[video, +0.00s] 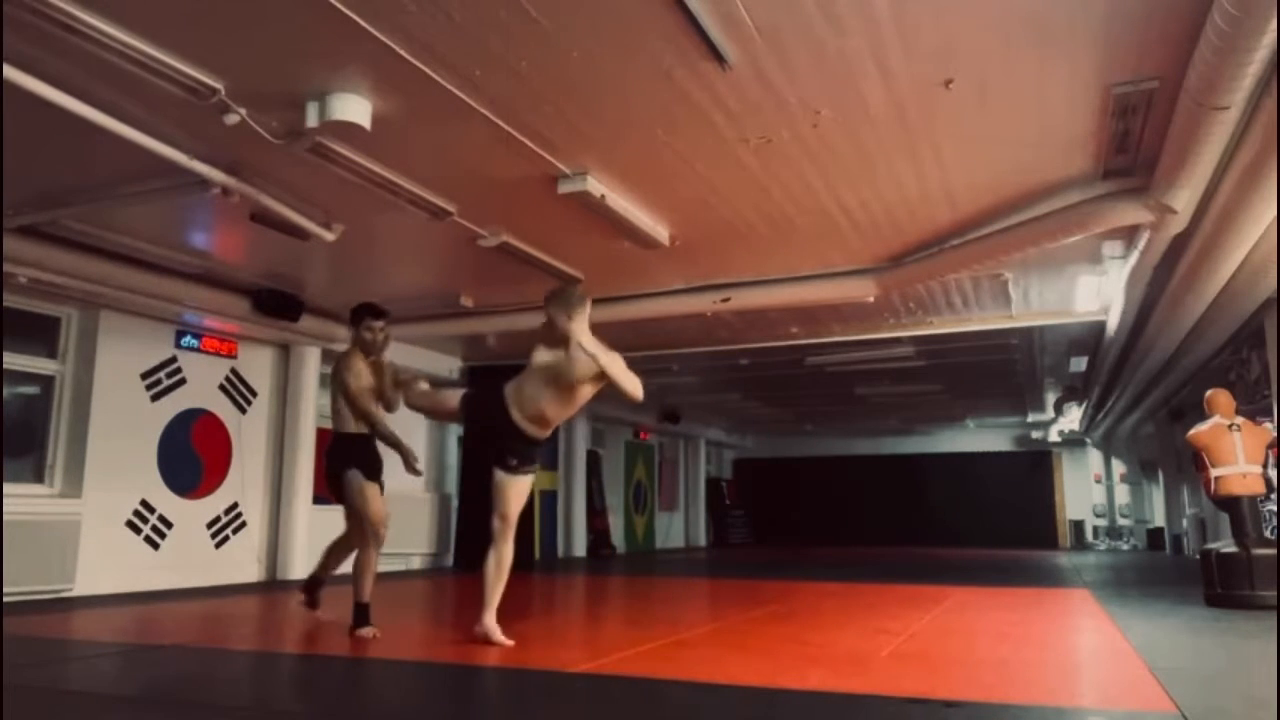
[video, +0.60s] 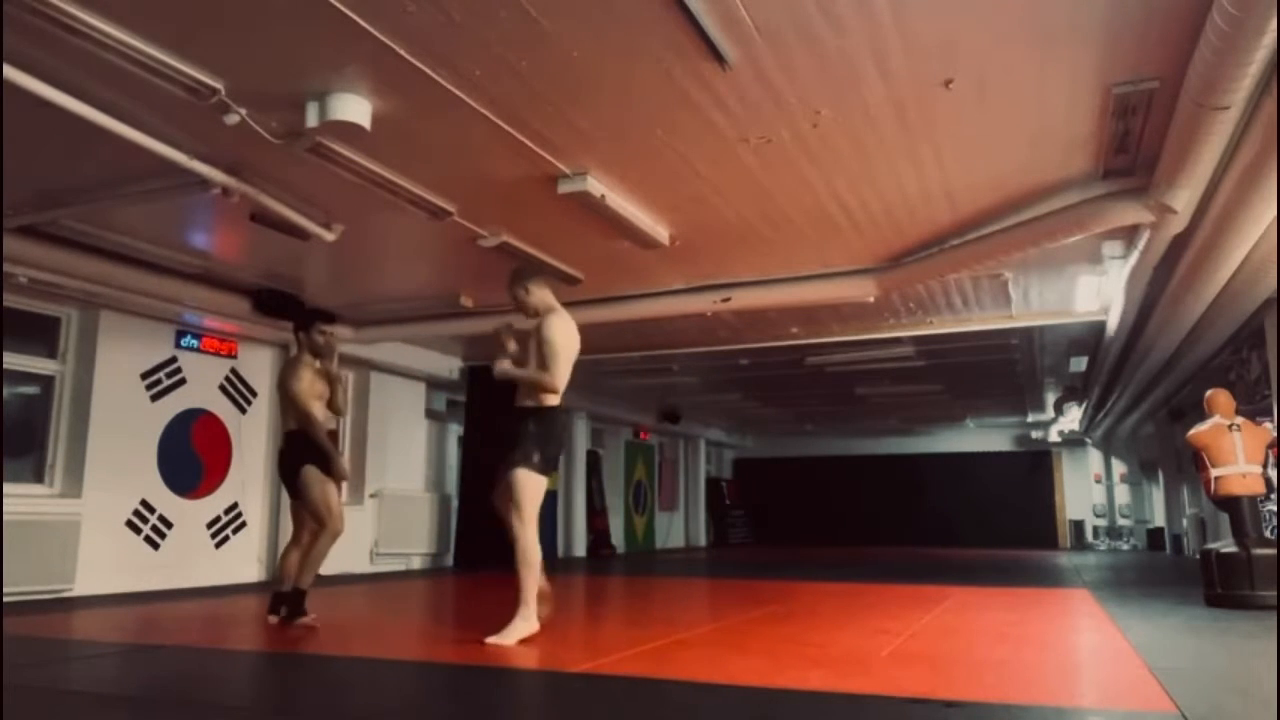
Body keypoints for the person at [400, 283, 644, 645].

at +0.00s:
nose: (546, 325)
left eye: (551, 319)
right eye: (547, 319)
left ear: (574, 316)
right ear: (554, 317)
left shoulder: (602, 360)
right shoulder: (545, 344)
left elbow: (636, 393)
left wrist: (591, 347)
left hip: (521, 444)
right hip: (492, 404)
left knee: (504, 527)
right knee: (420, 399)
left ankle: (488, 617)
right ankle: (407, 381)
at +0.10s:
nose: (547, 343)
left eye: (553, 337)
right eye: (548, 336)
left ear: (570, 334)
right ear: (553, 333)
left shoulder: (599, 377)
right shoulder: (547, 357)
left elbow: (616, 418)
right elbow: (527, 372)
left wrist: (583, 363)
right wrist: (496, 374)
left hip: (513, 447)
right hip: (487, 408)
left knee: (501, 530)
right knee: (413, 402)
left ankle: (486, 621)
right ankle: (389, 386)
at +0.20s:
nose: (548, 339)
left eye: (550, 333)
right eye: (546, 334)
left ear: (572, 328)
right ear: (547, 332)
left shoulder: (594, 374)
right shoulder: (540, 351)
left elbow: (572, 421)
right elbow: (513, 357)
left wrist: (562, 353)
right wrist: (481, 359)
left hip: (516, 449)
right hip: (488, 411)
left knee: (503, 529)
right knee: (419, 403)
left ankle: (487, 620)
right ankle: (376, 398)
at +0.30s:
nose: (532, 320)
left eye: (536, 313)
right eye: (531, 314)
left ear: (553, 310)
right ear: (546, 312)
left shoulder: (585, 356)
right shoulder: (534, 332)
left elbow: (550, 407)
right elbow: (482, 329)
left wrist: (534, 349)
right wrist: (470, 323)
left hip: (524, 446)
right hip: (495, 413)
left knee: (508, 528)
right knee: (438, 417)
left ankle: (491, 619)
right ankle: (407, 425)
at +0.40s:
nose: (524, 304)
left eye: (527, 296)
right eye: (523, 298)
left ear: (543, 290)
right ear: (535, 294)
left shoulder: (572, 336)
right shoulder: (540, 324)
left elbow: (551, 395)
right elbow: (509, 328)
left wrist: (518, 346)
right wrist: (479, 317)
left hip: (535, 433)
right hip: (506, 415)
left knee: (519, 526)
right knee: (451, 432)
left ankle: (507, 618)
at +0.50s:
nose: (521, 301)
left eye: (521, 292)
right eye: (518, 294)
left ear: (537, 284)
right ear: (537, 284)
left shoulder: (562, 323)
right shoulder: (548, 320)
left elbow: (555, 385)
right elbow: (524, 350)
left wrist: (511, 355)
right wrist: (499, 330)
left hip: (540, 423)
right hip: (518, 418)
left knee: (525, 516)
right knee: (475, 461)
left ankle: (522, 611)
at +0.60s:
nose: (520, 307)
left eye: (520, 299)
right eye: (518, 301)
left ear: (533, 290)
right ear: (536, 290)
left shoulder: (555, 323)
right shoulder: (548, 324)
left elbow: (555, 381)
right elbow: (536, 371)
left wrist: (512, 370)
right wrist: (515, 349)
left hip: (540, 424)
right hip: (531, 422)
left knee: (525, 518)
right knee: (506, 501)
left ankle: (527, 613)